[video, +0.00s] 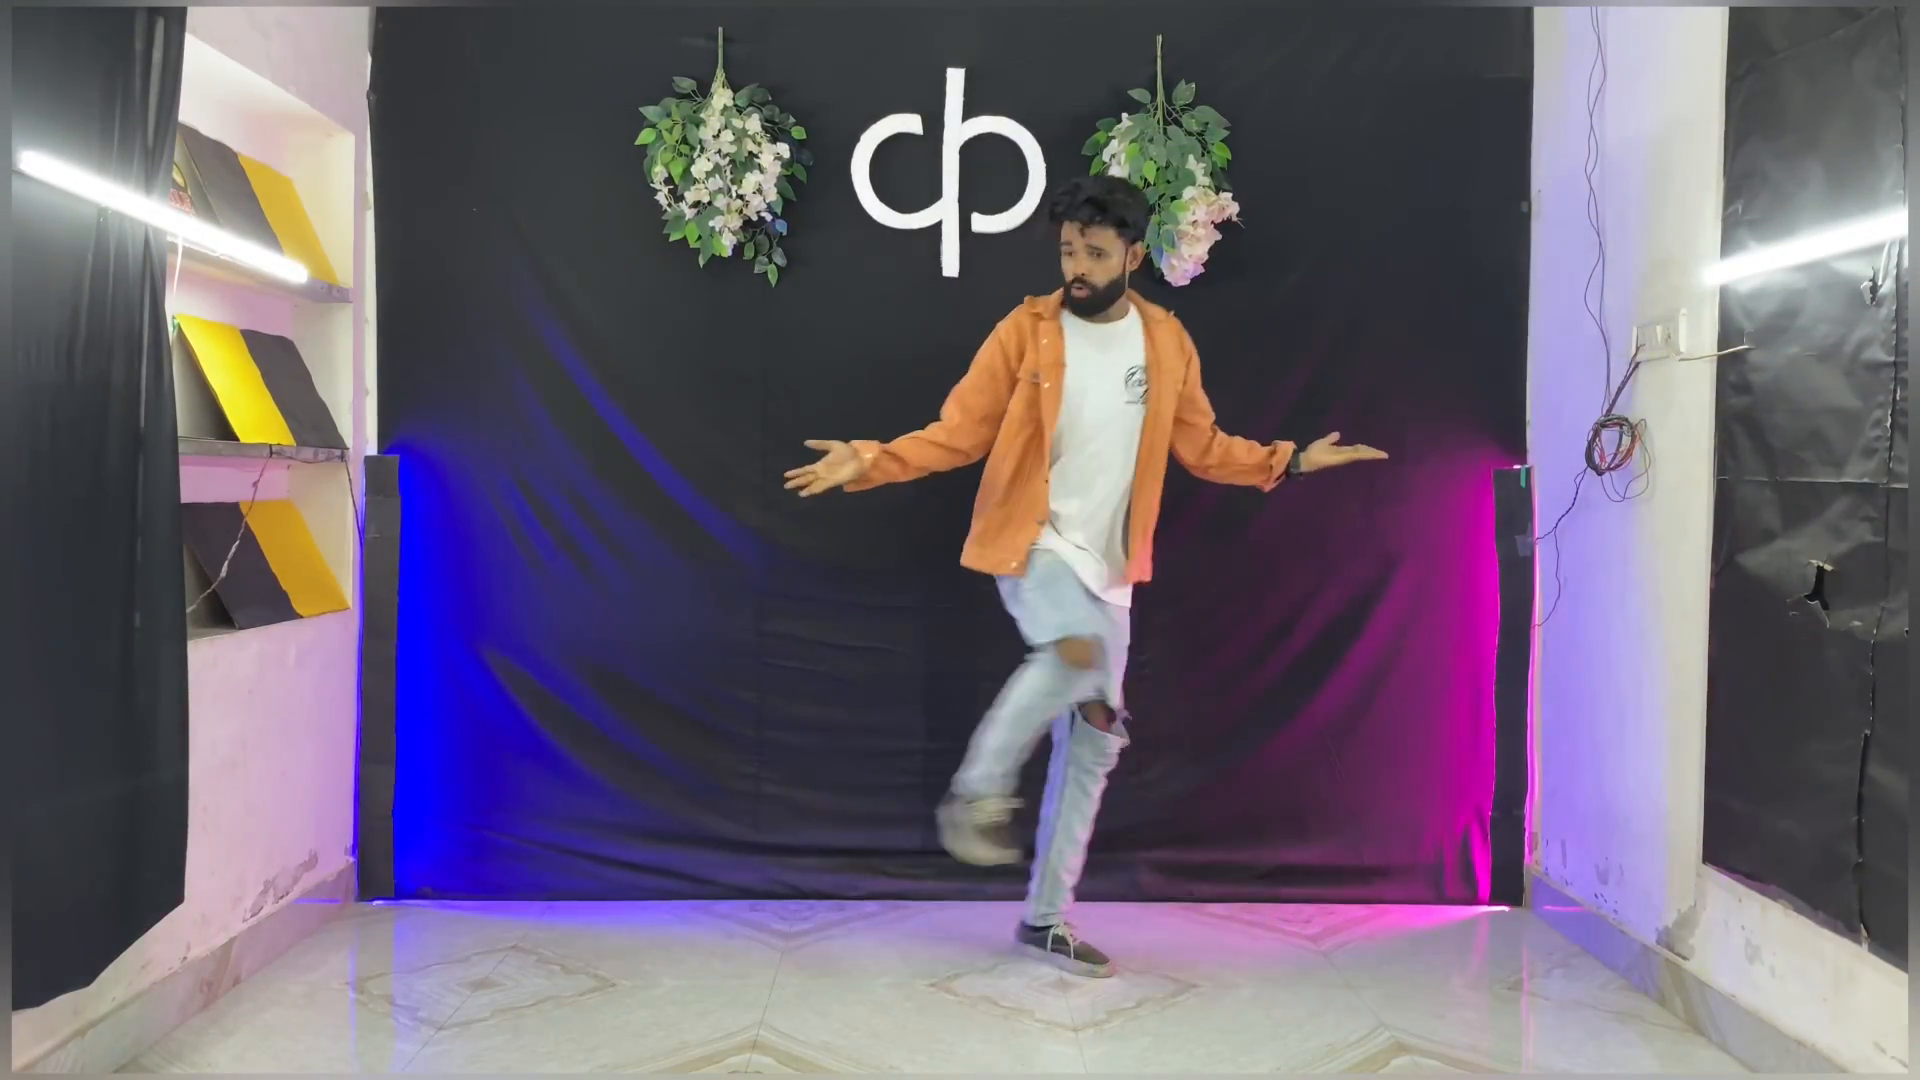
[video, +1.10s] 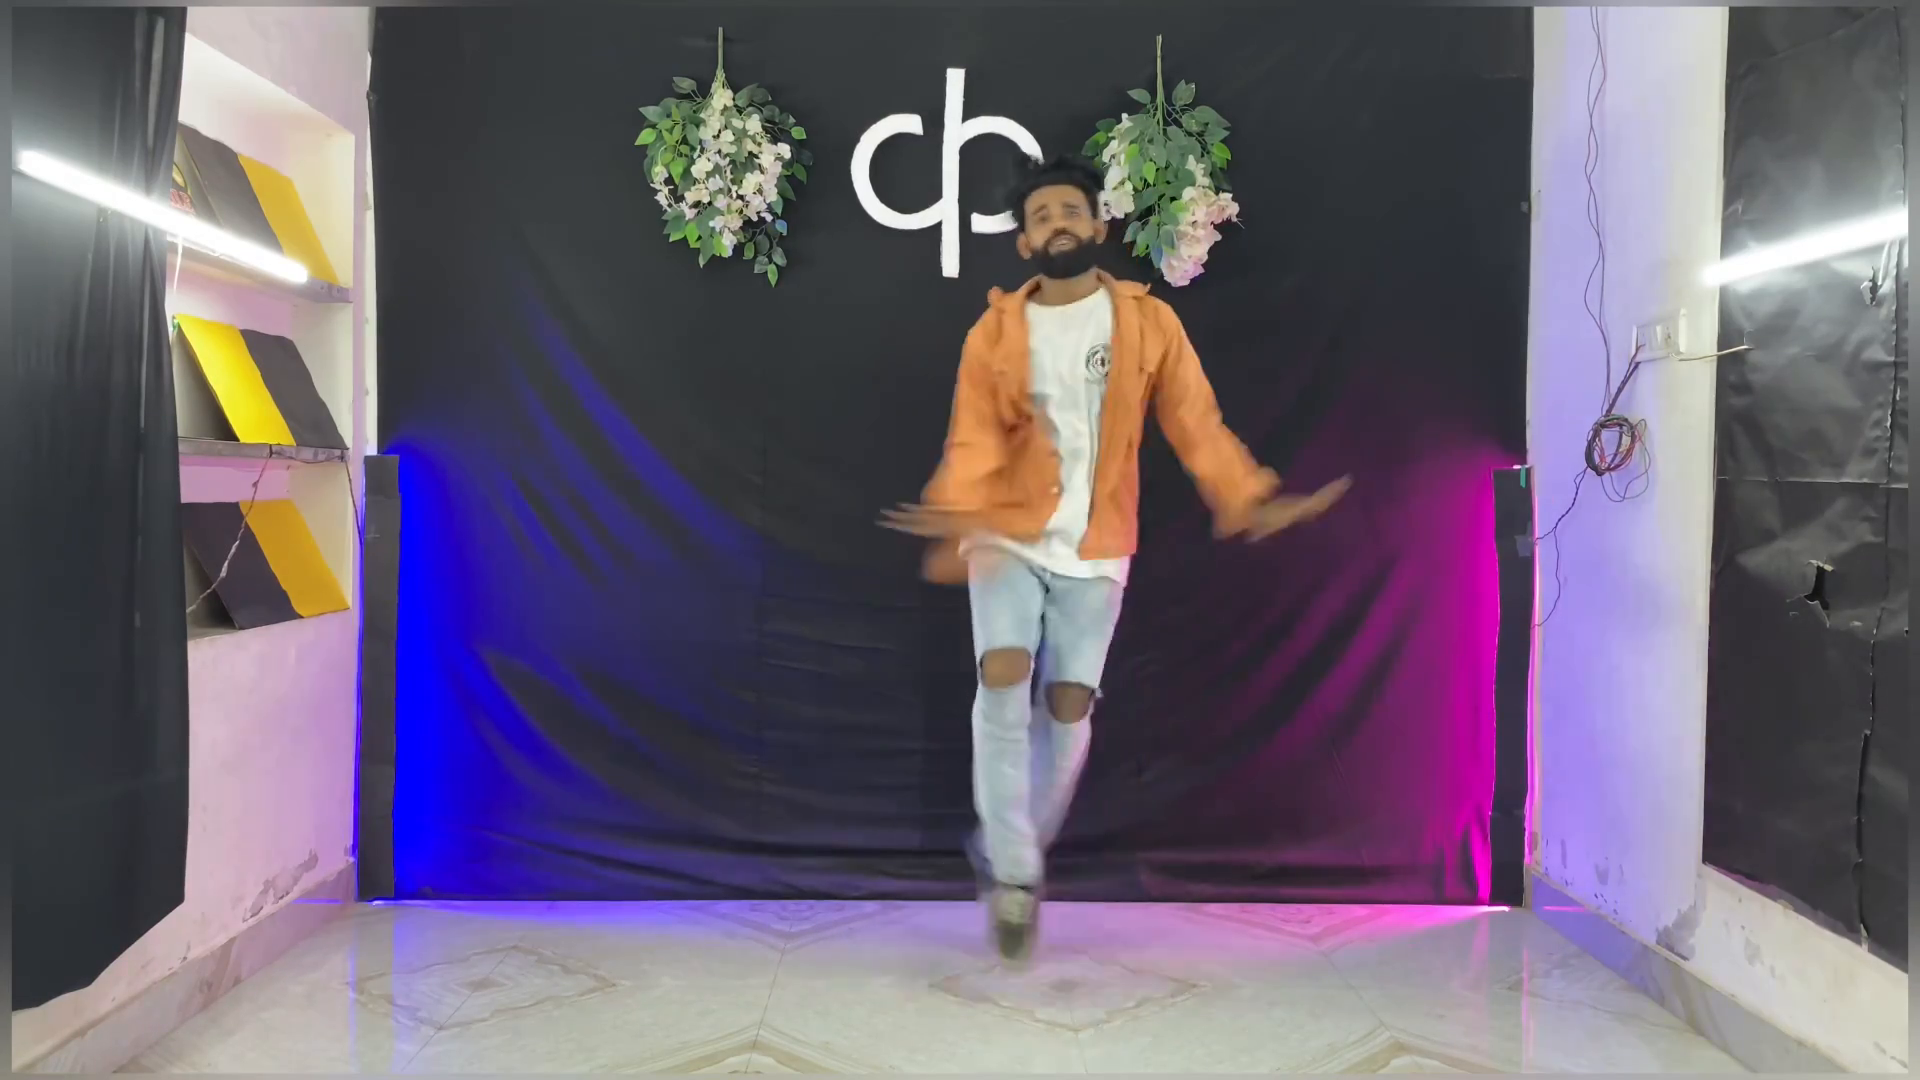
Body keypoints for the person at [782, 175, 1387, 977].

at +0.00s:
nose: (1077, 264)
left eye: (1095, 249)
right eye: (1069, 247)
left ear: (1133, 252)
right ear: (1058, 246)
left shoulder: (1165, 340)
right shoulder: (1028, 329)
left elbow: (1202, 448)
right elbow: (960, 433)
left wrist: (1295, 458)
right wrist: (868, 461)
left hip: (1109, 563)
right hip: (1028, 541)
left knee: (1095, 735)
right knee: (1076, 652)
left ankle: (1045, 919)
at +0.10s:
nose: (1083, 263)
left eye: (1101, 248)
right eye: (1074, 247)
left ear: (1141, 250)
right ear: (1066, 248)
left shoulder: (1182, 339)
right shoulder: (1043, 336)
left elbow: (1213, 447)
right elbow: (978, 444)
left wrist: (1303, 473)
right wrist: (887, 479)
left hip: (1111, 578)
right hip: (1019, 560)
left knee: (1083, 742)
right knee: (948, 693)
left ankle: (1042, 916)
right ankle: (857, 852)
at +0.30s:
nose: (1109, 256)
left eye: (1126, 242)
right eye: (1095, 240)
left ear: (1153, 252)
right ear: (1075, 250)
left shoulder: (1197, 347)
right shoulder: (1050, 348)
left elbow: (1234, 447)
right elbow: (990, 452)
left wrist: (1288, 474)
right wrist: (1001, 460)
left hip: (1131, 595)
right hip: (1038, 575)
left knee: (1093, 754)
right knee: (956, 705)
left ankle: (1044, 917)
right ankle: (847, 842)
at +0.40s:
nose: (1143, 251)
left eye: (1162, 239)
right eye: (1129, 235)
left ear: (1185, 254)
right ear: (1105, 246)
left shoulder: (1210, 357)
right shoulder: (1064, 333)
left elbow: (1252, 469)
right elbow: (987, 413)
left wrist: (1225, 430)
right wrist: (1065, 407)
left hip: (1142, 591)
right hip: (1046, 575)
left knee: (1106, 748)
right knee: (1004, 726)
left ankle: (1050, 910)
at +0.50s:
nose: (1186, 270)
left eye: (1205, 263)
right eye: (1175, 253)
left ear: (1221, 288)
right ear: (1146, 261)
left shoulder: (1218, 375)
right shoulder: (1075, 336)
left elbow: (1253, 493)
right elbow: (991, 404)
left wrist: (1209, 449)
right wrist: (1074, 408)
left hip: (1137, 575)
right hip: (1045, 570)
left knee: (1136, 712)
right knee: (1068, 741)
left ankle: (1058, 868)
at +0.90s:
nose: (1100, 261)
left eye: (1115, 251)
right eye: (1086, 252)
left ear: (1141, 270)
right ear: (1066, 274)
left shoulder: (1177, 368)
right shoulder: (1033, 353)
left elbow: (1207, 485)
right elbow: (1018, 464)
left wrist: (1169, 465)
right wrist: (1101, 395)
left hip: (1137, 596)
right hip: (1042, 580)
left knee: (1105, 753)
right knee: (1011, 710)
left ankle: (1097, 927)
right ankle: (1063, 799)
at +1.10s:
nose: (1057, 226)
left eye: (1071, 212)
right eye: (1040, 217)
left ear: (1099, 226)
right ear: (1023, 238)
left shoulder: (1144, 317)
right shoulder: (1000, 327)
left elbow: (1193, 416)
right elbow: (973, 431)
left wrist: (1246, 497)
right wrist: (953, 510)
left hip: (1095, 539)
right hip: (1007, 532)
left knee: (1068, 706)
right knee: (1004, 680)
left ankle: (1017, 861)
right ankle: (1013, 875)